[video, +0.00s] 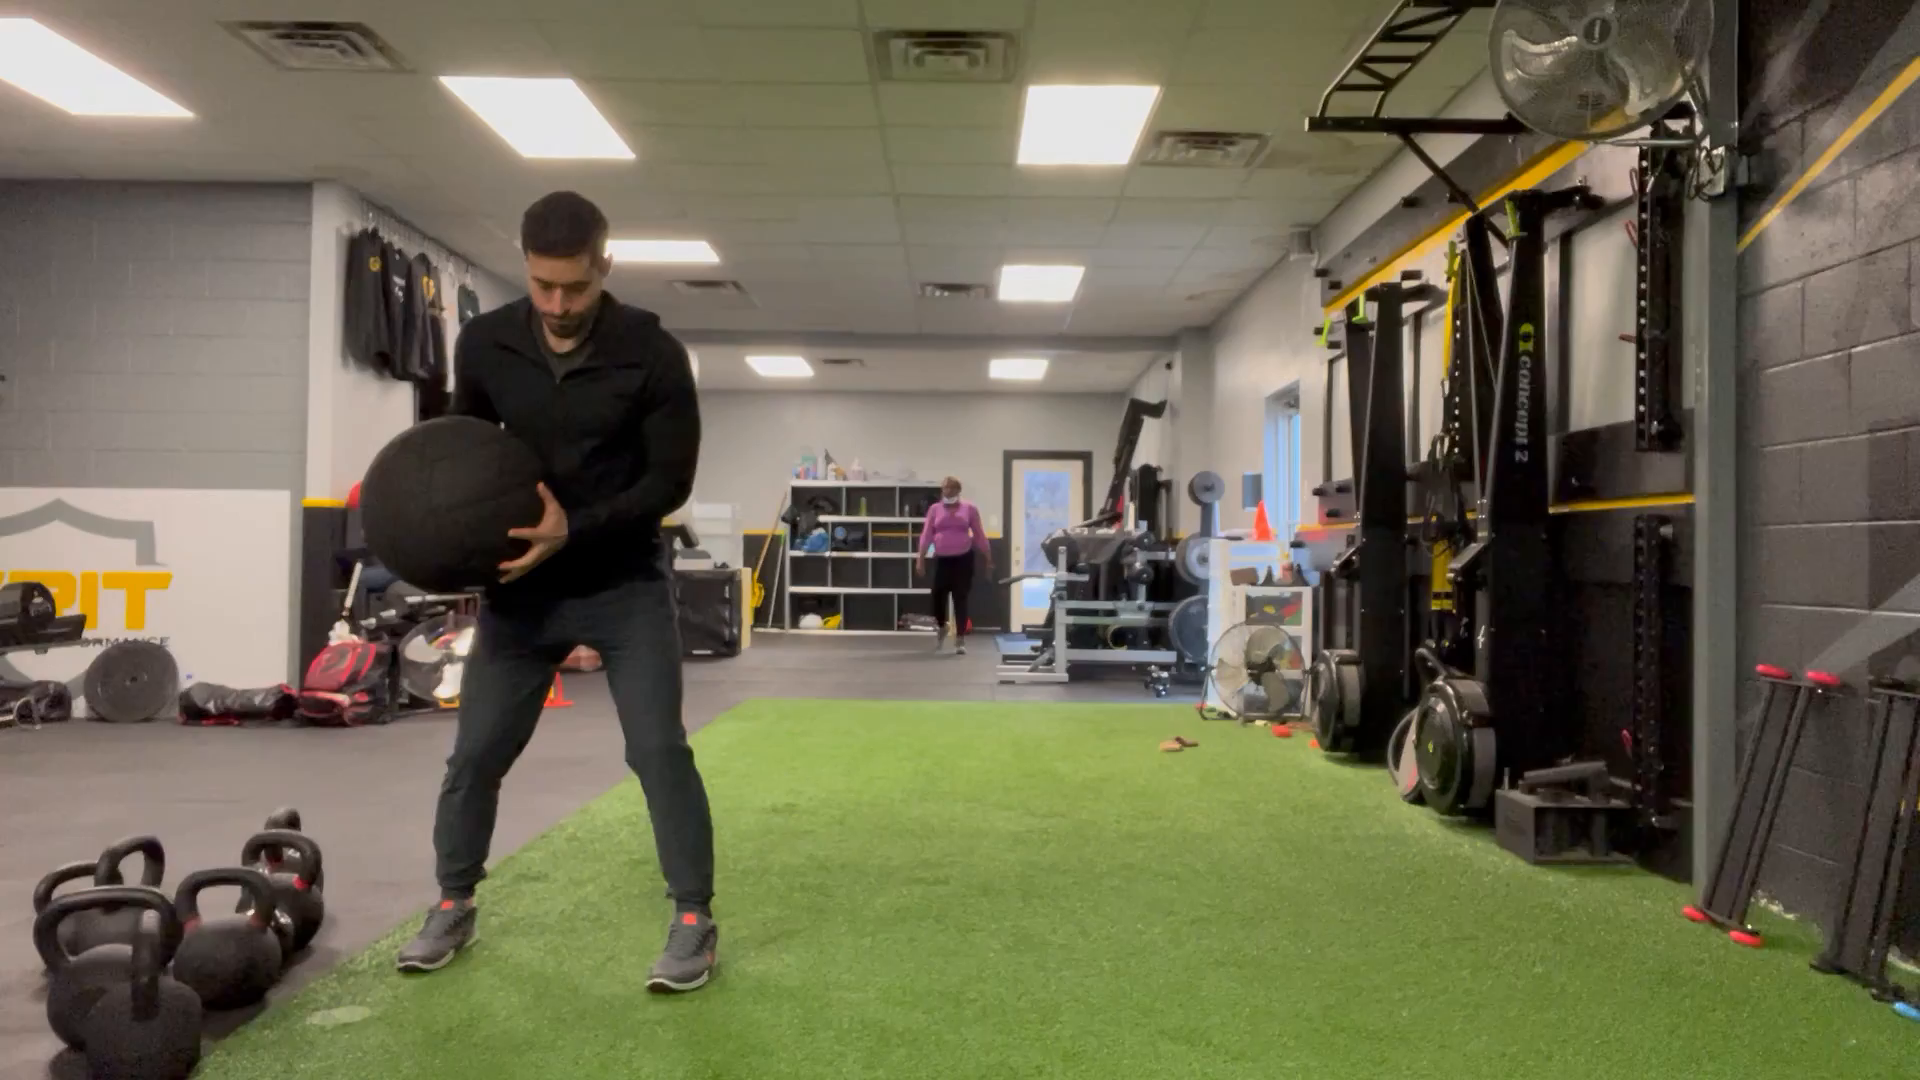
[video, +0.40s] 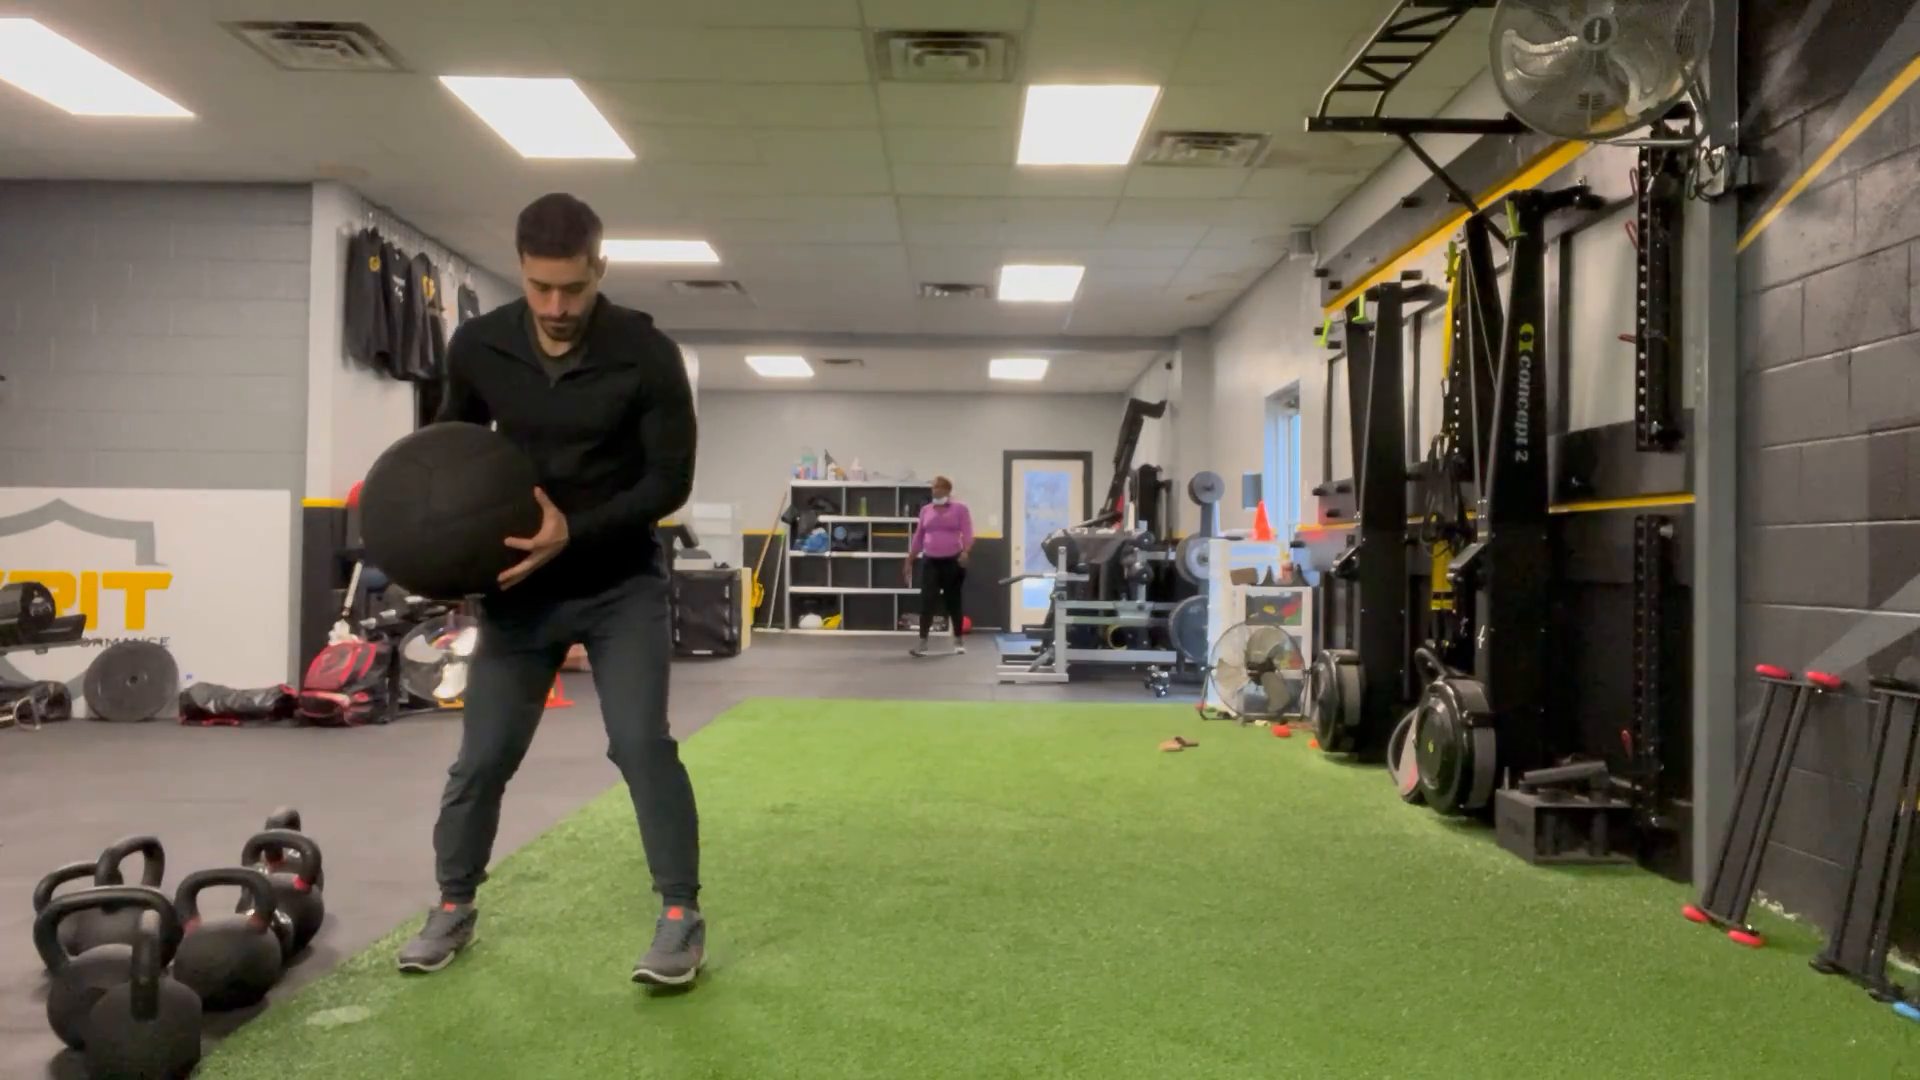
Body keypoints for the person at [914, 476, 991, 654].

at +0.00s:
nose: (949, 493)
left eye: (952, 489)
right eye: (946, 489)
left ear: (958, 491)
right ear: (942, 490)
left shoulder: (969, 509)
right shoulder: (935, 509)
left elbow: (979, 535)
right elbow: (927, 534)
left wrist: (988, 558)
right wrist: (920, 557)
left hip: (963, 557)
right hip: (942, 557)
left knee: (960, 596)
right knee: (938, 594)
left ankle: (960, 637)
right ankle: (942, 627)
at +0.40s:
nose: (935, 491)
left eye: (938, 488)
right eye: (933, 488)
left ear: (947, 490)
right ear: (932, 490)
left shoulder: (959, 509)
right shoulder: (926, 510)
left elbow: (968, 533)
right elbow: (918, 536)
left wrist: (965, 551)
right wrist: (910, 559)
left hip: (952, 559)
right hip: (930, 559)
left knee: (953, 600)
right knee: (927, 600)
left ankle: (958, 640)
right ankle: (922, 641)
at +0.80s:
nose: (921, 488)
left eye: (925, 485)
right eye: (919, 485)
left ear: (932, 486)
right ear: (915, 486)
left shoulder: (944, 507)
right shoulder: (908, 506)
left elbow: (953, 535)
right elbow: (898, 531)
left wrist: (957, 563)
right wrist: (888, 554)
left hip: (937, 555)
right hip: (914, 556)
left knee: (934, 596)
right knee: (917, 598)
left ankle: (937, 635)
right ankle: (920, 642)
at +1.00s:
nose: (919, 493)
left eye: (923, 489)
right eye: (916, 489)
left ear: (930, 489)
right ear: (913, 489)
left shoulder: (942, 508)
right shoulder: (905, 508)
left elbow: (952, 534)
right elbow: (896, 532)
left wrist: (961, 559)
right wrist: (886, 553)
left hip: (934, 558)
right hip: (911, 559)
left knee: (929, 599)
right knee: (914, 600)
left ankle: (929, 641)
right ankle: (920, 639)